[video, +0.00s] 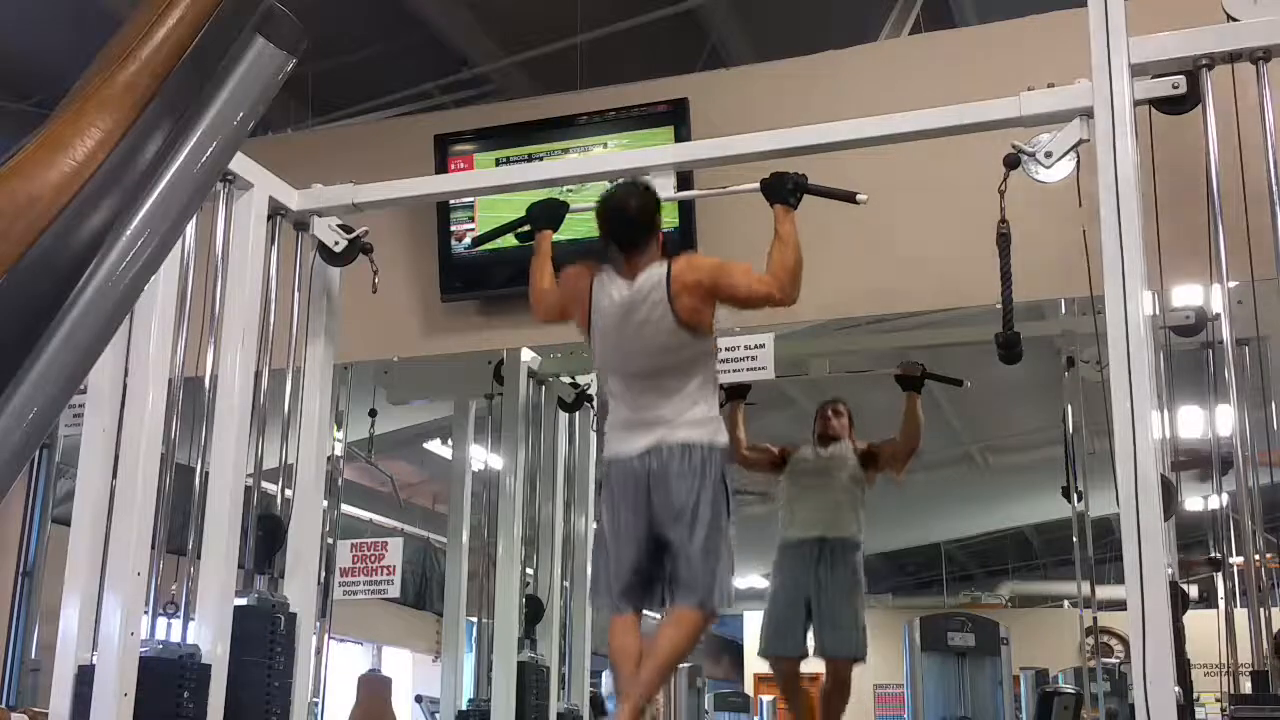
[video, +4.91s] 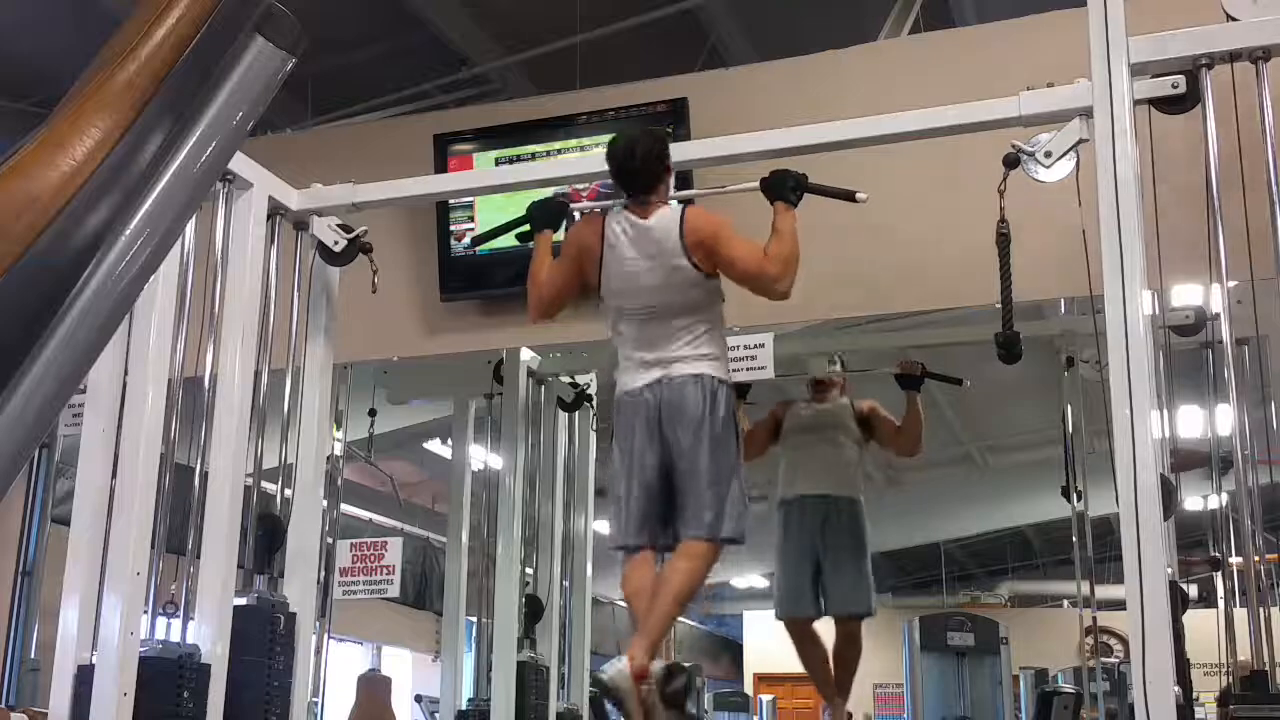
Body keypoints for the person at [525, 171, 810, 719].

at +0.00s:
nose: (659, 224)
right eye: (657, 218)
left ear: (605, 235)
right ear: (660, 226)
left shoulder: (588, 285)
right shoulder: (693, 273)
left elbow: (543, 302)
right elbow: (781, 288)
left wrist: (542, 238)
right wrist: (785, 210)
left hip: (622, 458)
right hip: (691, 452)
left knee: (622, 601)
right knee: (696, 596)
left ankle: (630, 715)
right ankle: (631, 708)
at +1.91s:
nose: (672, 292)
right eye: (668, 286)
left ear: (611, 310)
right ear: (665, 301)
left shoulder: (594, 354)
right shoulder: (699, 340)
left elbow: (551, 306)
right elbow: (775, 296)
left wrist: (544, 237)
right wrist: (782, 210)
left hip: (626, 533)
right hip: (693, 529)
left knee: (623, 684)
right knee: (693, 681)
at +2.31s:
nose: (654, 229)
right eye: (656, 223)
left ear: (608, 238)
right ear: (661, 230)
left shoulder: (586, 288)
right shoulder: (695, 277)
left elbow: (541, 303)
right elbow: (783, 289)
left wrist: (543, 237)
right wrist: (785, 210)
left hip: (626, 463)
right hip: (692, 458)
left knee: (620, 602)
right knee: (697, 600)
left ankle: (627, 716)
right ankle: (622, 712)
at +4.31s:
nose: (672, 298)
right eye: (669, 292)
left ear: (607, 313)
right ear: (664, 305)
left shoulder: (593, 356)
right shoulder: (699, 343)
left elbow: (551, 303)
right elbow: (771, 297)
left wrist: (546, 235)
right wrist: (782, 212)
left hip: (624, 541)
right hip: (692, 538)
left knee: (617, 691)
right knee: (691, 687)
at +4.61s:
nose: (664, 235)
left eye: (654, 230)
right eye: (661, 230)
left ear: (610, 247)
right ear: (660, 239)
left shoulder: (589, 293)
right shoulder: (693, 286)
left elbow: (542, 308)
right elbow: (784, 289)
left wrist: (543, 236)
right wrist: (785, 211)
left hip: (627, 471)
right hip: (691, 467)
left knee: (617, 605)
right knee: (701, 607)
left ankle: (617, 716)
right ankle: (614, 710)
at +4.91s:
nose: (669, 165)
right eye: (667, 159)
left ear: (614, 180)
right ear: (667, 171)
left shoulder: (590, 234)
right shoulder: (698, 226)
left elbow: (542, 304)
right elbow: (777, 278)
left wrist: (542, 234)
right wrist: (785, 206)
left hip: (635, 396)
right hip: (697, 389)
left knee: (641, 540)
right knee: (702, 534)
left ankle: (656, 667)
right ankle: (633, 662)